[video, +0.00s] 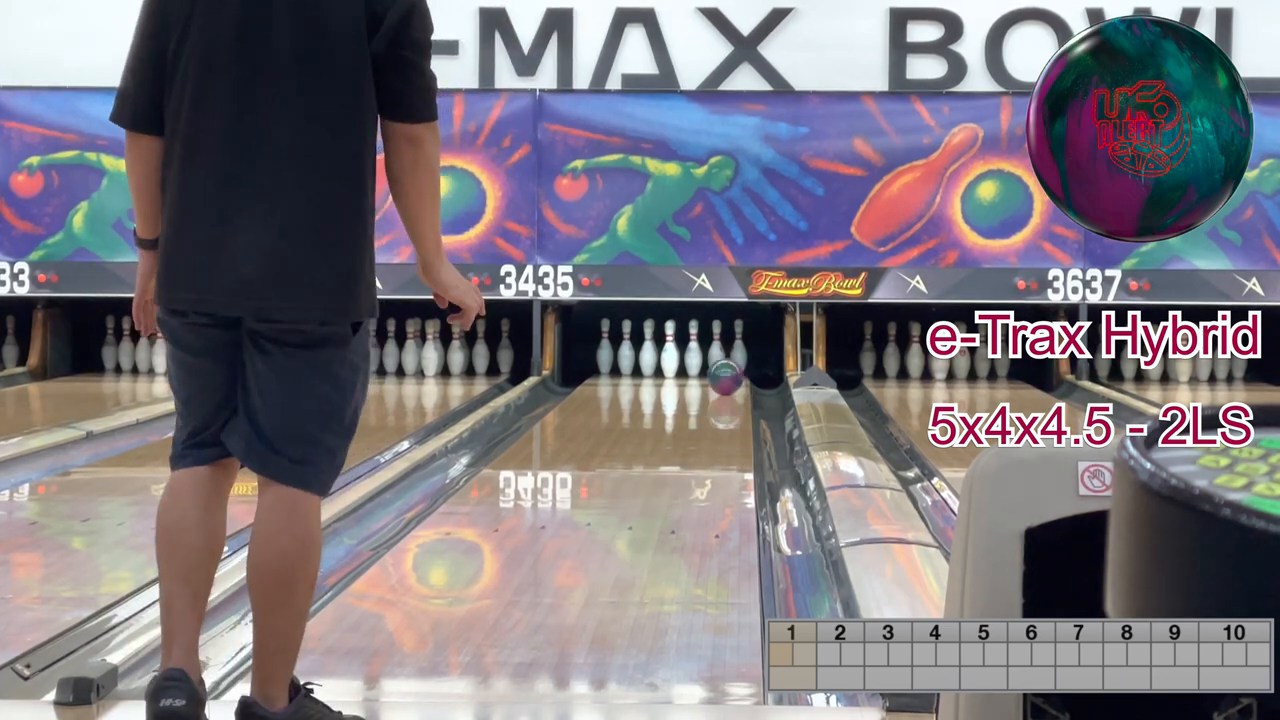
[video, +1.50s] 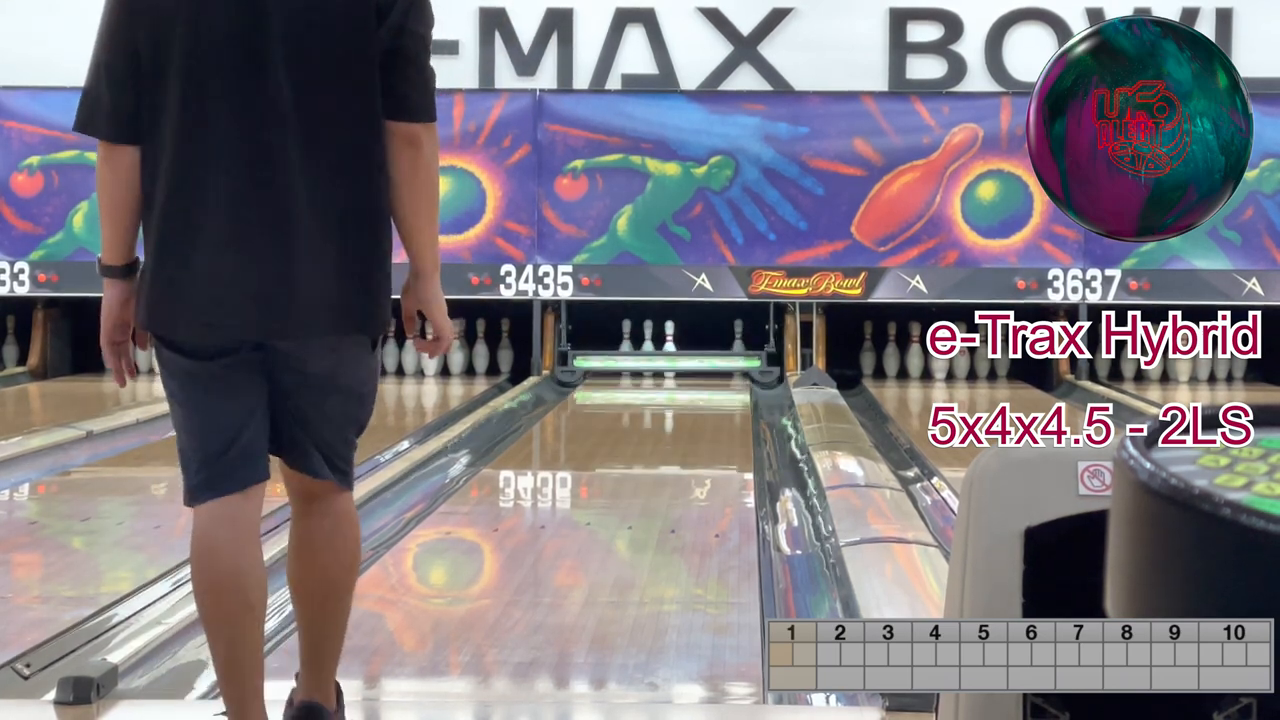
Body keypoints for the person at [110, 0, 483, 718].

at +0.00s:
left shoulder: (177, 2)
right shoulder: (386, 3)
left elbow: (141, 120)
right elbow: (410, 130)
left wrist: (151, 250)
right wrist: (434, 262)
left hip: (197, 257)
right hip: (316, 266)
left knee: (200, 452)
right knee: (292, 482)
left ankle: (177, 672)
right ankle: (271, 695)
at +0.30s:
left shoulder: (174, 2)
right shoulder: (384, 3)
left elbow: (141, 121)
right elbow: (409, 130)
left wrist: (150, 252)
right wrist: (443, 263)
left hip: (194, 256)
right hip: (312, 265)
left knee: (197, 452)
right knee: (289, 484)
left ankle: (174, 671)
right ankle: (271, 696)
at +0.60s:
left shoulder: (181, 0)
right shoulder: (390, 3)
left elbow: (150, 125)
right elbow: (419, 133)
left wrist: (163, 254)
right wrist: (456, 260)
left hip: (193, 259)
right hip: (312, 267)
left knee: (193, 452)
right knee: (287, 483)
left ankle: (173, 670)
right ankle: (272, 695)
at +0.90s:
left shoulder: (186, 0)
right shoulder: (402, 3)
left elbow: (152, 122)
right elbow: (430, 138)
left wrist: (173, 240)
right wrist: (458, 267)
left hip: (197, 260)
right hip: (322, 270)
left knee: (183, 443)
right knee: (289, 488)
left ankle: (181, 648)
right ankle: (273, 697)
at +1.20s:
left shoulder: (170, 5)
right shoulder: (396, 5)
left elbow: (138, 136)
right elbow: (420, 143)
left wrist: (144, 263)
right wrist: (431, 269)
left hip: (200, 272)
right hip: (333, 279)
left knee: (195, 481)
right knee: (296, 497)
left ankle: (226, 676)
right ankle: (278, 699)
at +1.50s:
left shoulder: (144, 7)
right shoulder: (389, 4)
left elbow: (119, 135)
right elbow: (409, 128)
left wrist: (118, 274)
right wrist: (425, 270)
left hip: (196, 272)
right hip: (330, 272)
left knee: (221, 497)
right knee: (323, 484)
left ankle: (244, 713)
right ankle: (317, 694)